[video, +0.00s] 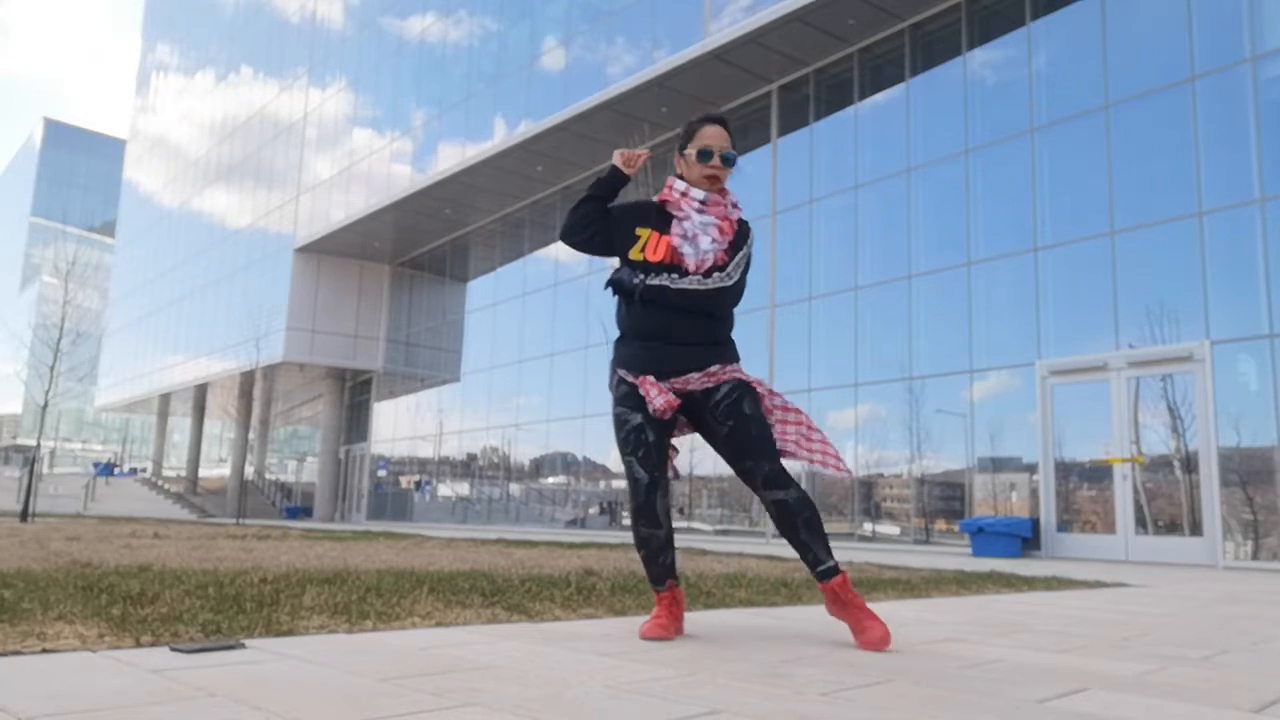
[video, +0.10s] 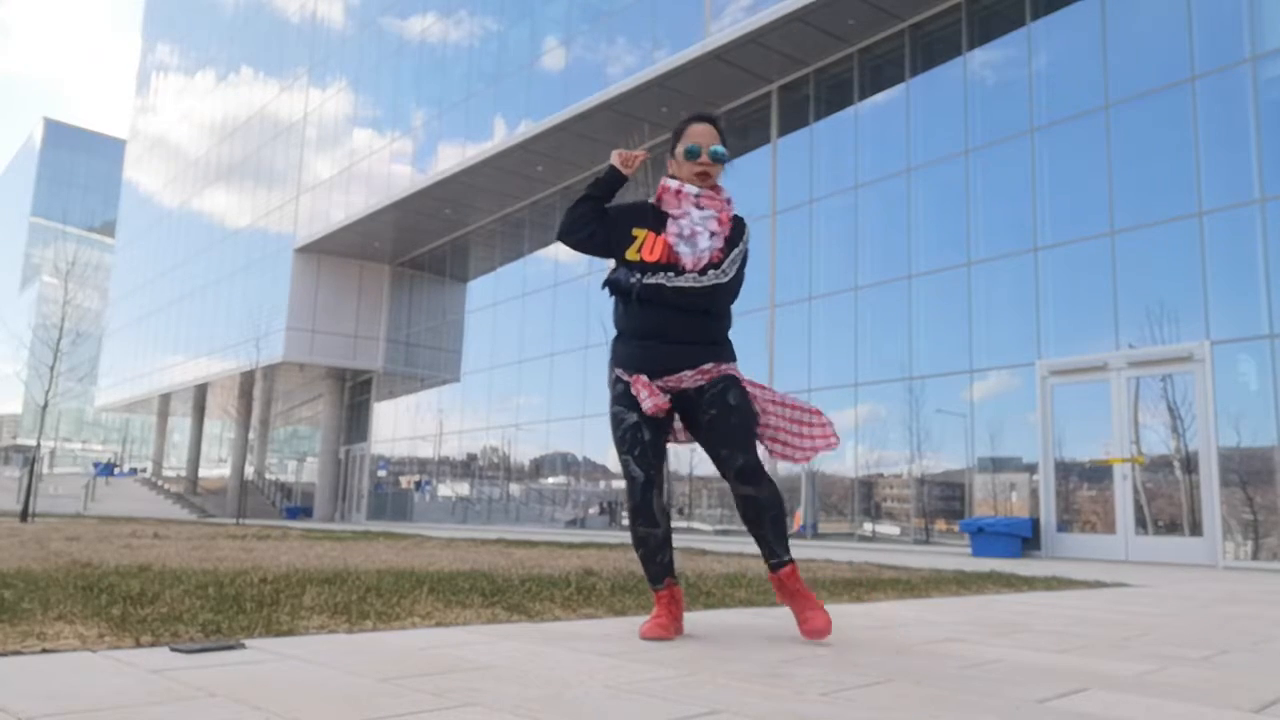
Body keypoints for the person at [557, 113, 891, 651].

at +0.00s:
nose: (716, 165)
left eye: (726, 158)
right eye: (705, 154)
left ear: (733, 167)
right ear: (680, 160)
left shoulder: (735, 228)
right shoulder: (640, 218)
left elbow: (724, 287)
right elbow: (575, 232)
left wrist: (632, 279)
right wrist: (614, 177)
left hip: (711, 367)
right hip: (640, 370)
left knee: (771, 476)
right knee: (645, 485)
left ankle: (839, 592)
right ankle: (667, 600)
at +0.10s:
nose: (705, 163)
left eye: (716, 155)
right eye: (693, 152)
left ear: (725, 165)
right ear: (671, 161)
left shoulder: (729, 225)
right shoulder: (637, 218)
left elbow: (721, 284)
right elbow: (574, 231)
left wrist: (632, 279)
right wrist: (611, 176)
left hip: (707, 367)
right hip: (637, 370)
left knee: (747, 472)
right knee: (643, 485)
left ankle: (787, 579)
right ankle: (665, 600)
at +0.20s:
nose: (697, 160)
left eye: (708, 153)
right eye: (684, 151)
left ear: (718, 162)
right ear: (664, 160)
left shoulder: (729, 220)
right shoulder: (637, 219)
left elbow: (721, 277)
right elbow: (573, 232)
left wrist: (637, 278)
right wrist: (611, 177)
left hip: (704, 367)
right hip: (636, 367)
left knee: (707, 469)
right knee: (641, 484)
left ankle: (725, 564)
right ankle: (664, 599)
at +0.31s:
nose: (689, 159)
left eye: (700, 151)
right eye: (676, 150)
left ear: (711, 160)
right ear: (657, 160)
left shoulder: (726, 215)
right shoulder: (636, 222)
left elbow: (726, 269)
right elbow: (572, 237)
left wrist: (641, 276)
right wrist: (607, 181)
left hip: (702, 369)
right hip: (634, 367)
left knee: (678, 469)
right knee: (638, 481)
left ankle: (693, 571)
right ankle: (662, 596)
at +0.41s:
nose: (684, 155)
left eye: (693, 147)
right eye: (671, 147)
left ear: (705, 157)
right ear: (652, 160)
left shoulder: (723, 212)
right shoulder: (633, 222)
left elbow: (726, 268)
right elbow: (571, 242)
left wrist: (638, 275)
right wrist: (603, 184)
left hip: (704, 364)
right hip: (638, 363)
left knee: (686, 472)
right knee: (643, 479)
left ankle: (699, 569)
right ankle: (663, 596)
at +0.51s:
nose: (681, 155)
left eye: (691, 147)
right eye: (668, 147)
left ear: (703, 157)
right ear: (650, 158)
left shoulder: (720, 210)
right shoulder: (629, 219)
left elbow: (720, 268)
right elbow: (566, 240)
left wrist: (634, 274)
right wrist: (596, 183)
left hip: (707, 355)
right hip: (639, 359)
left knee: (728, 468)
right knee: (646, 478)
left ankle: (732, 569)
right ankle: (665, 596)